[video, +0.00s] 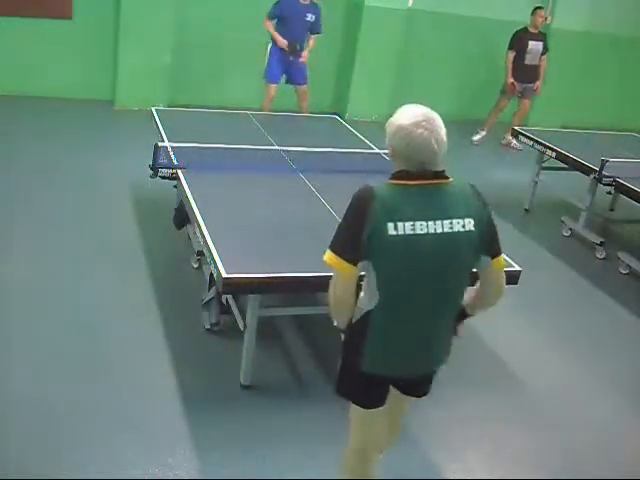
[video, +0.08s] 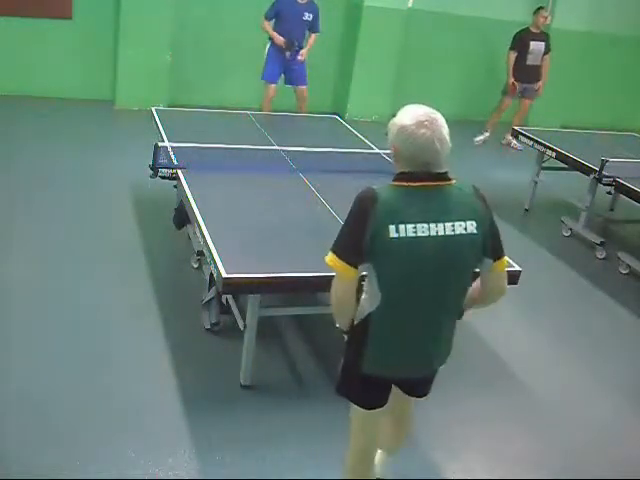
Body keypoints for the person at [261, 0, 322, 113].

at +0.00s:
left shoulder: (314, 9)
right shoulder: (284, 3)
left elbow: (313, 35)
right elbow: (268, 21)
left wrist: (306, 51)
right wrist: (278, 39)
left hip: (298, 52)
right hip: (279, 49)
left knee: (303, 90)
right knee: (271, 90)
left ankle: (303, 122)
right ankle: (264, 120)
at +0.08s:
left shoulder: (313, 8)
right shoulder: (281, 3)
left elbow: (314, 33)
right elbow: (265, 22)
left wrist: (306, 49)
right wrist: (275, 37)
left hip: (297, 52)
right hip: (277, 49)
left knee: (302, 93)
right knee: (270, 91)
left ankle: (301, 126)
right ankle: (265, 123)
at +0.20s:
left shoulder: (312, 7)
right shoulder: (280, 3)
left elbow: (313, 32)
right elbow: (264, 21)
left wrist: (305, 50)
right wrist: (274, 35)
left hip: (296, 52)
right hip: (276, 50)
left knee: (299, 91)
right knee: (270, 90)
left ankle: (299, 125)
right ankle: (265, 122)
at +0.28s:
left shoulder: (312, 8)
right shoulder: (280, 3)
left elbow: (314, 33)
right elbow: (264, 23)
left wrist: (305, 52)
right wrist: (277, 35)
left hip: (297, 52)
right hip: (276, 50)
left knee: (298, 91)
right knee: (270, 91)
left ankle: (299, 125)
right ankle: (266, 123)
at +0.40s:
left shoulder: (317, 13)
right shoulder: (284, 5)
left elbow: (318, 38)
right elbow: (265, 27)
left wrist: (312, 55)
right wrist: (286, 33)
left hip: (299, 56)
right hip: (278, 54)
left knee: (298, 93)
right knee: (273, 92)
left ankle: (299, 128)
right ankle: (265, 124)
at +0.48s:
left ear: (314, 0)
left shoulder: (318, 14)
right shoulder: (287, 6)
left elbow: (320, 40)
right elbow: (268, 27)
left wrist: (316, 54)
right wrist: (290, 32)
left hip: (300, 59)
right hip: (279, 56)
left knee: (298, 96)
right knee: (270, 98)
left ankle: (299, 129)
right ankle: (265, 129)